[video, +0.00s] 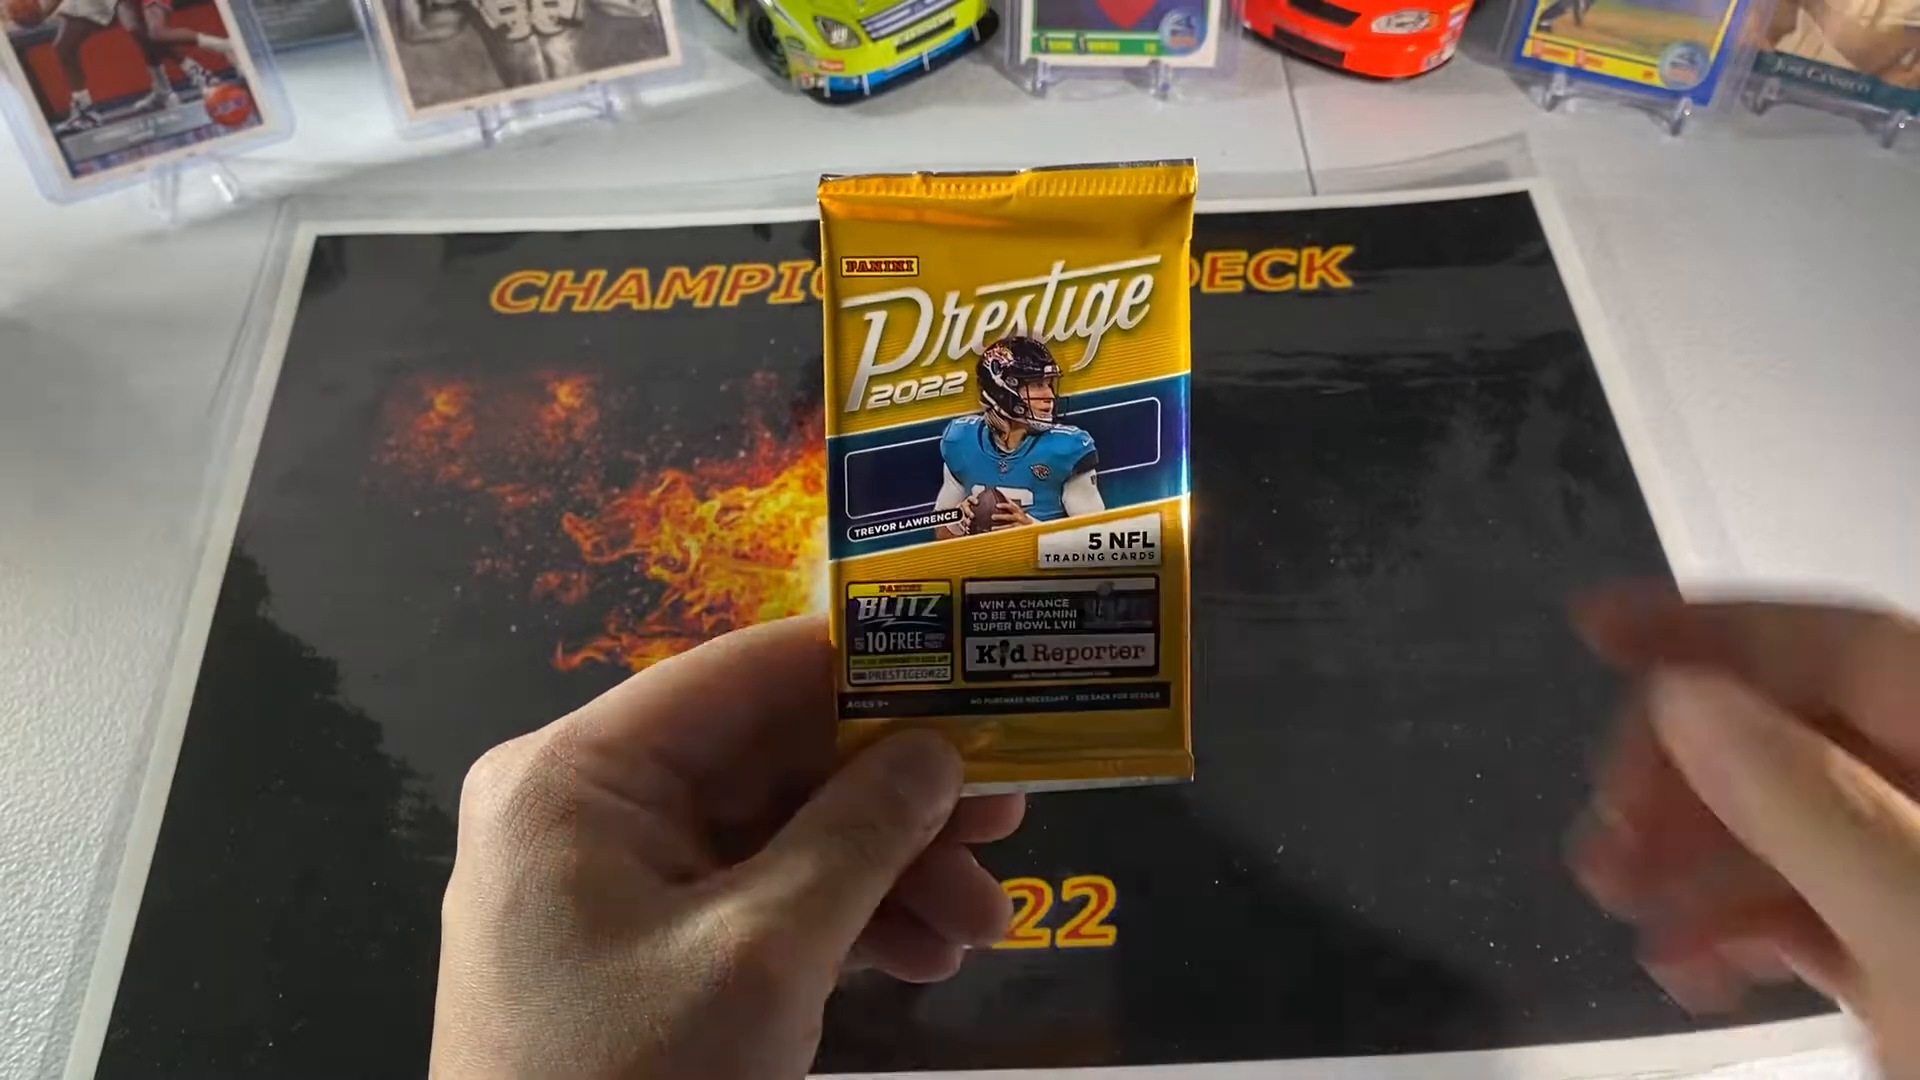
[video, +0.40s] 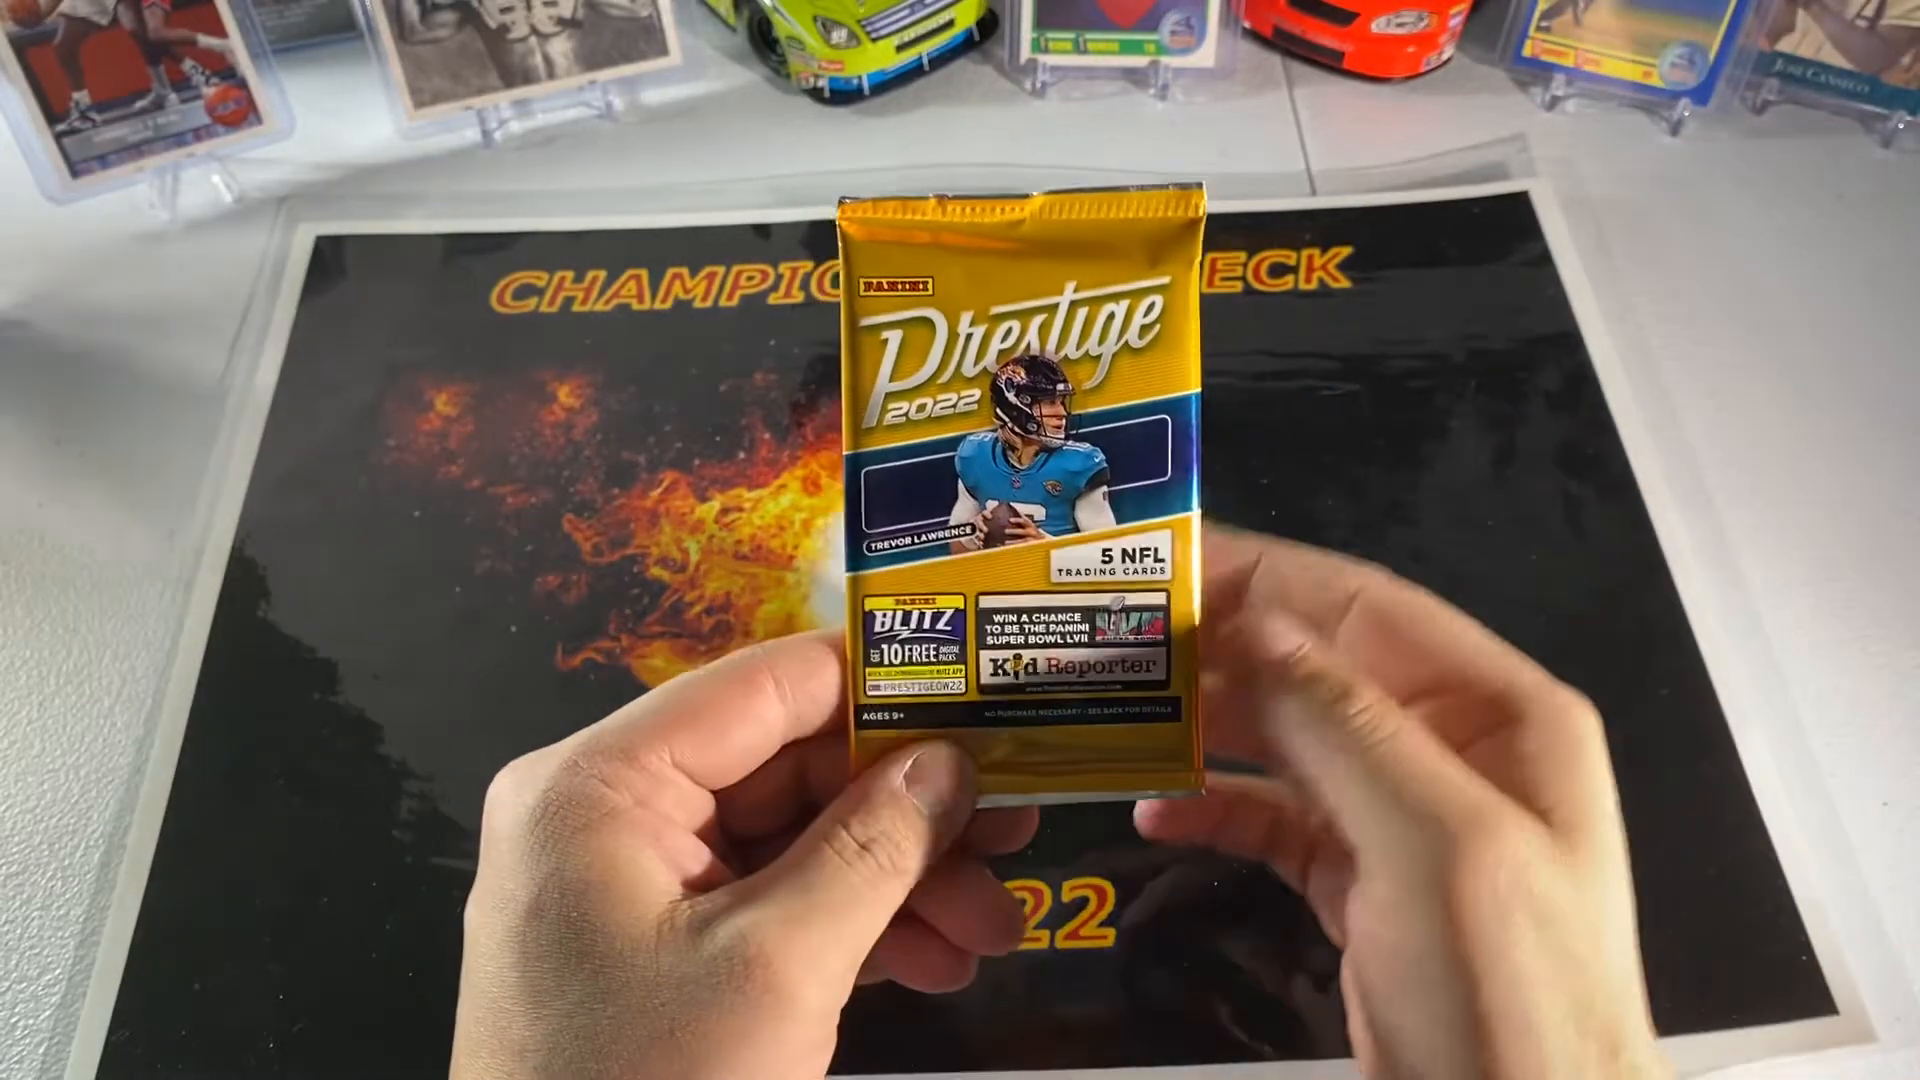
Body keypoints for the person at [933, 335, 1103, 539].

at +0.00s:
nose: (1048, 395)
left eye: (1048, 384)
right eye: (1034, 385)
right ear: (1002, 389)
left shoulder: (1068, 448)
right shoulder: (960, 440)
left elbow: (1096, 534)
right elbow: (942, 531)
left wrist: (1036, 528)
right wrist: (962, 522)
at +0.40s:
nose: (1061, 413)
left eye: (1061, 402)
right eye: (1047, 403)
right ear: (1015, 407)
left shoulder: (1081, 464)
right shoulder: (973, 454)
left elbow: (1106, 548)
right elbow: (957, 546)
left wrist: (1047, 543)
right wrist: (977, 536)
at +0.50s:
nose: (1060, 420)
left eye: (1061, 410)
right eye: (1048, 411)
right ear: (1016, 416)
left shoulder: (1080, 470)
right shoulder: (976, 462)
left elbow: (1107, 554)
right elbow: (960, 551)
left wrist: (1050, 547)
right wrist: (978, 541)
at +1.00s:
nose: (1080, 414)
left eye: (1080, 404)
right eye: (1066, 405)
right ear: (1035, 409)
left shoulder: (1098, 464)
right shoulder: (994, 455)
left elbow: (1124, 545)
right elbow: (977, 543)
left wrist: (1066, 540)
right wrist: (996, 533)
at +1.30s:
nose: (1069, 416)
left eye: (1069, 406)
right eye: (1055, 407)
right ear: (1024, 414)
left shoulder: (1090, 465)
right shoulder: (987, 460)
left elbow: (1118, 548)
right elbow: (971, 547)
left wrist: (1061, 543)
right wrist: (991, 538)